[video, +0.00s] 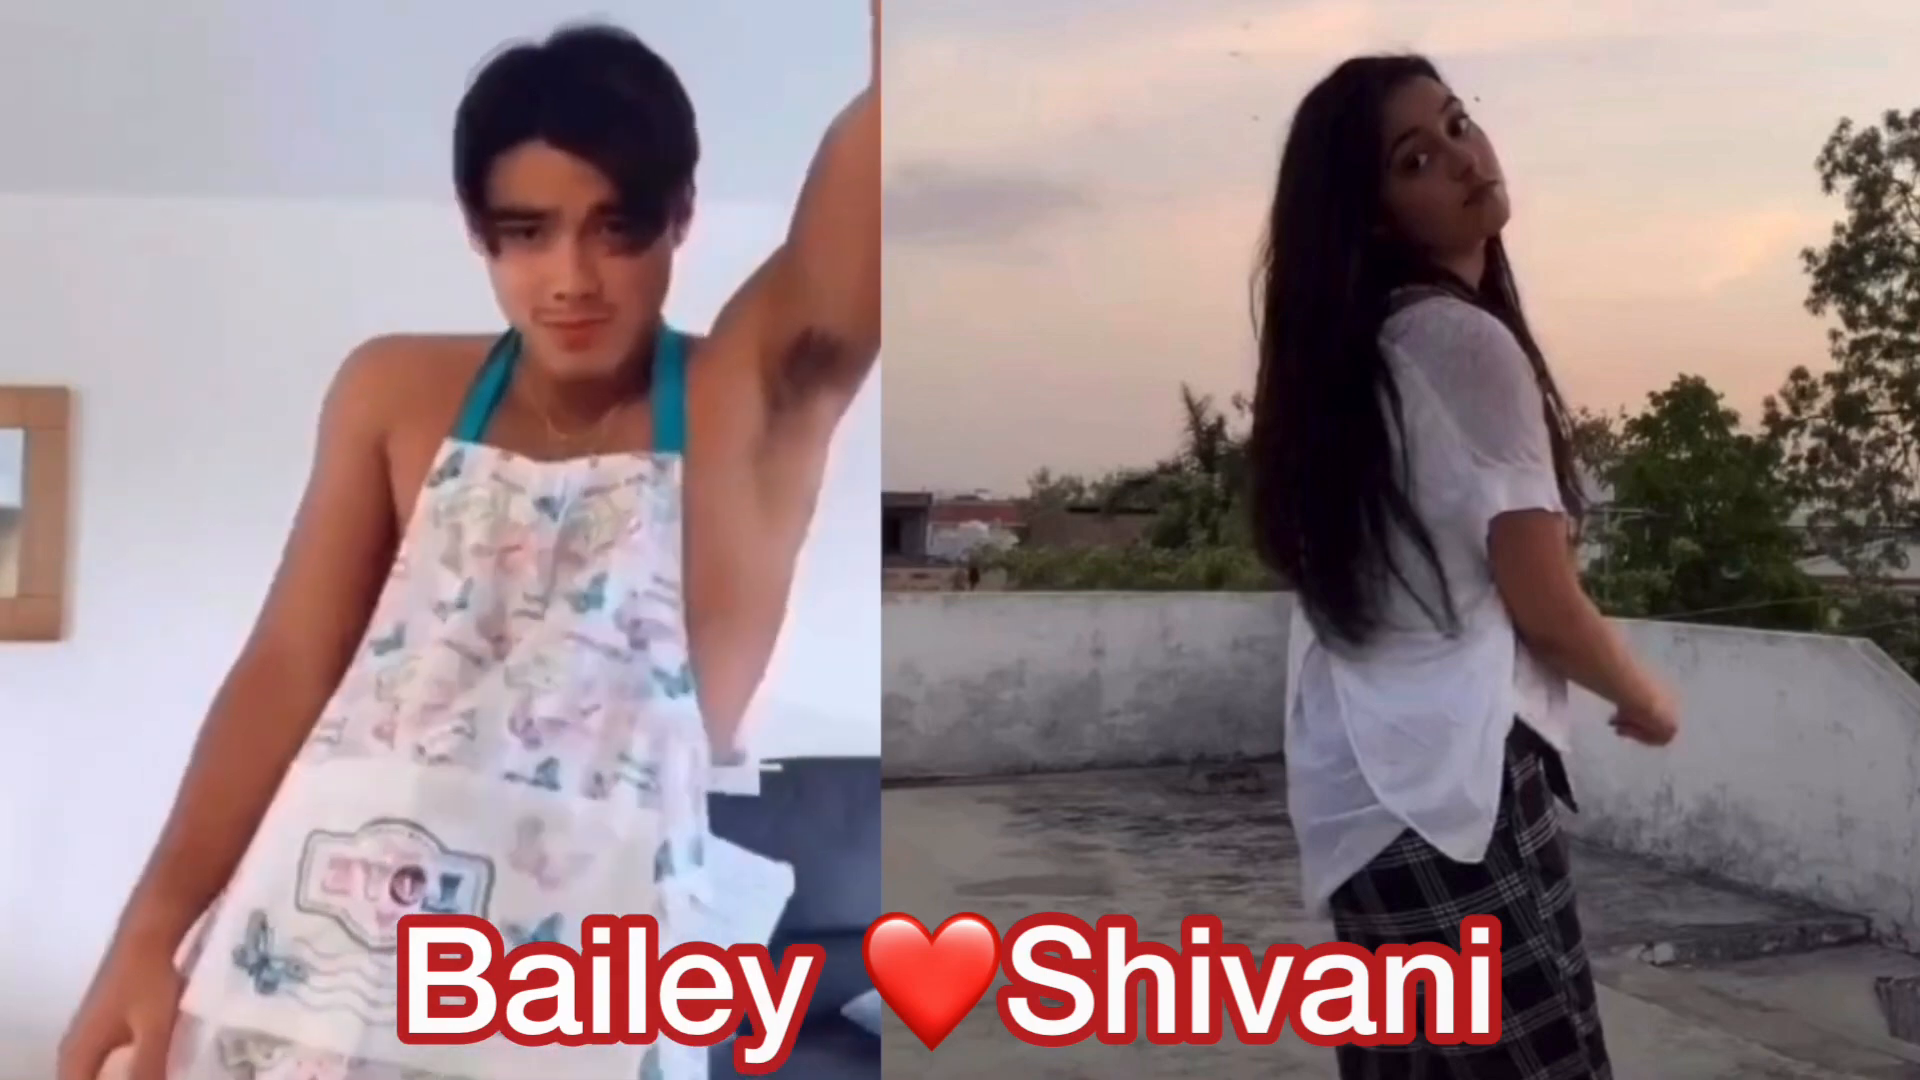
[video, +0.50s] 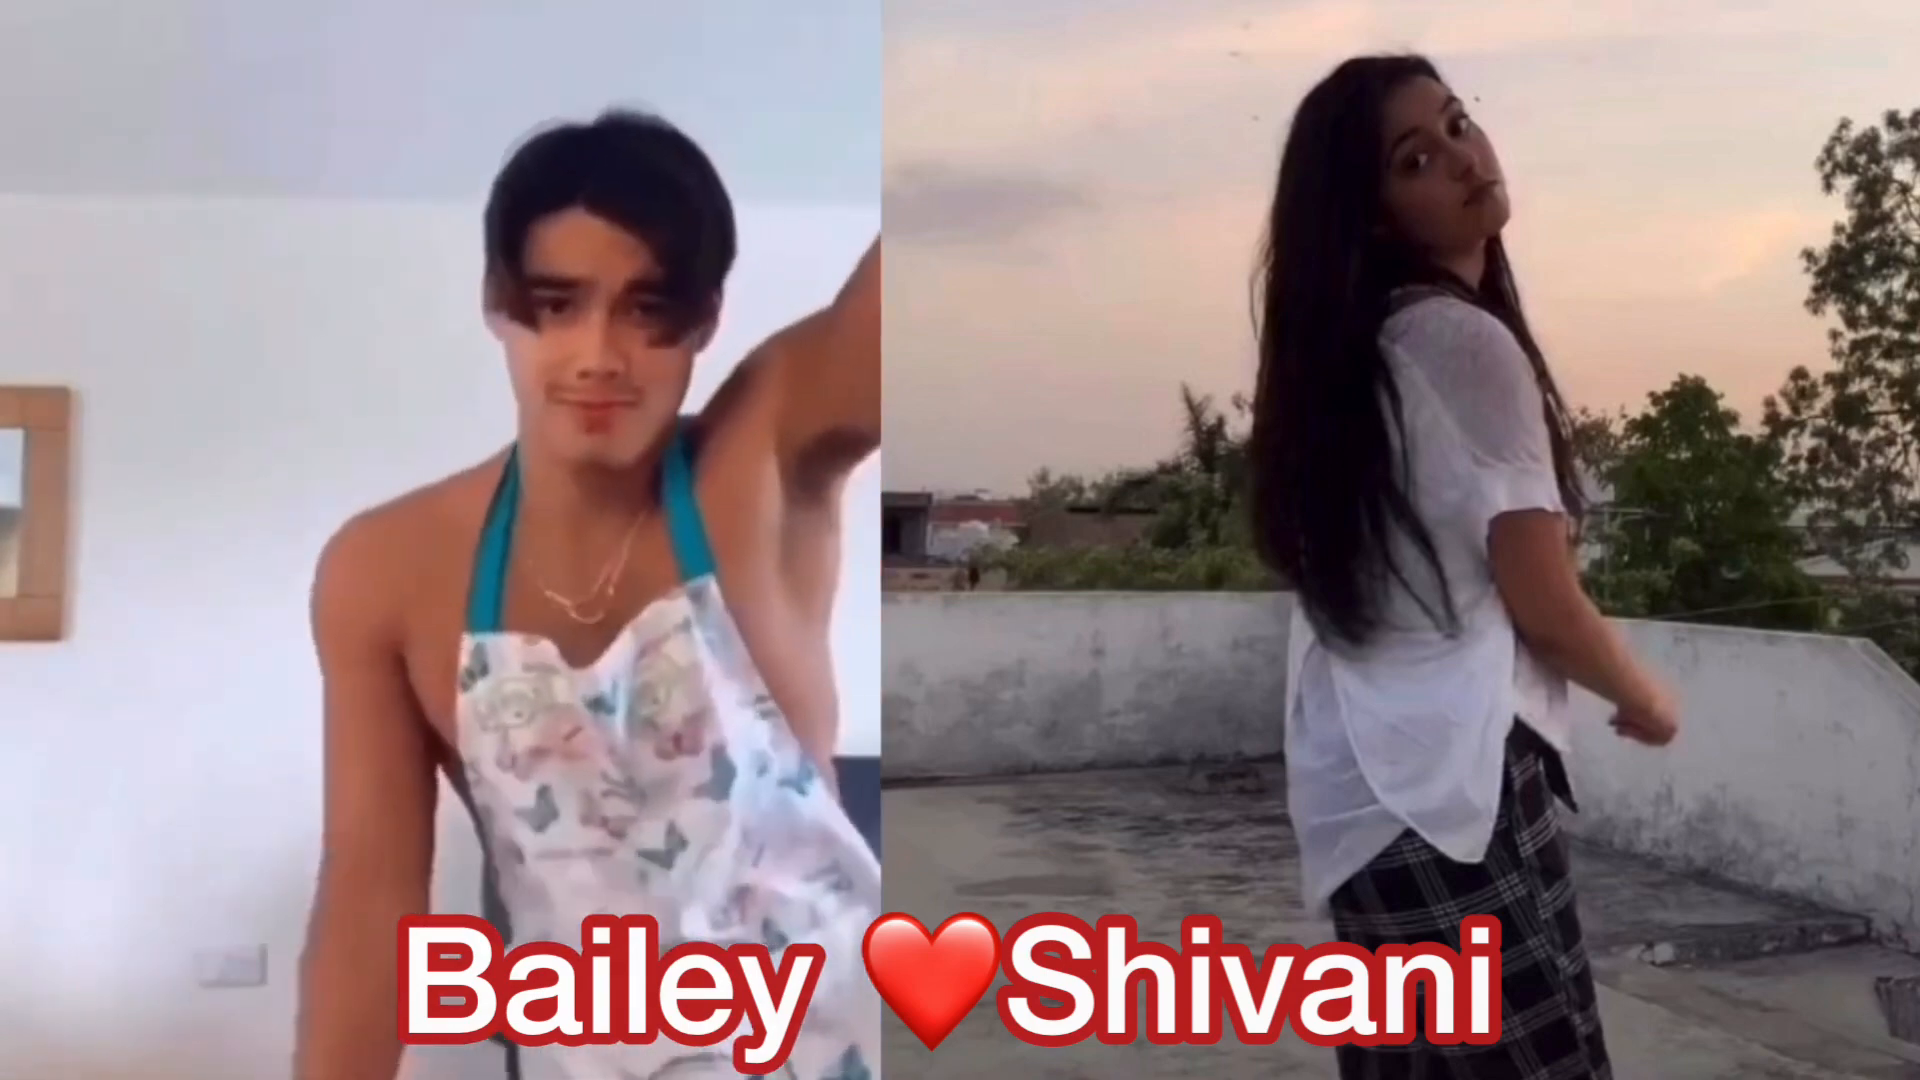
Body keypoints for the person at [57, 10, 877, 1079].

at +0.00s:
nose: (572, 278)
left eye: (617, 227)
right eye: (525, 231)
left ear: (682, 220)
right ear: (479, 235)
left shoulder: (767, 391)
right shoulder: (394, 391)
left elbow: (910, 106)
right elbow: (282, 676)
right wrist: (148, 940)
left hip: (604, 966)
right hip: (324, 938)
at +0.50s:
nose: (600, 356)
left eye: (649, 309)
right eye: (553, 305)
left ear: (705, 322)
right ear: (498, 310)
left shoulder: (783, 444)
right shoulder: (388, 574)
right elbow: (368, 918)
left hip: (824, 1036)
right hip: (576, 1051)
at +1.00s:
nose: (478, 341)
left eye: (524, 299)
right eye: (439, 293)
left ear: (577, 299)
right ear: (387, 292)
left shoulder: (620, 424)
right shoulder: (287, 446)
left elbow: (813, 241)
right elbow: (209, 762)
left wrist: (857, 3)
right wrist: (236, 1049)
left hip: (608, 1002)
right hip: (383, 1012)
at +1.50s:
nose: (424, 298)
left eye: (470, 257)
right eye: (386, 252)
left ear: (535, 265)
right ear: (343, 262)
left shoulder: (626, 506)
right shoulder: (223, 450)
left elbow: (699, 778)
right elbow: (27, 594)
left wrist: (822, 948)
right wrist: (292, 498)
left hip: (477, 991)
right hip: (242, 970)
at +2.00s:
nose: (578, 291)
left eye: (624, 246)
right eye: (533, 245)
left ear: (682, 258)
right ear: (486, 255)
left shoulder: (784, 474)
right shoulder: (384, 453)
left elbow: (845, 759)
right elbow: (110, 621)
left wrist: (861, 990)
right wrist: (295, 476)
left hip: (745, 983)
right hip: (488, 996)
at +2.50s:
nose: (510, 275)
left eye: (556, 230)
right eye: (469, 225)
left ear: (609, 240)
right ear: (412, 227)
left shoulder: (706, 477)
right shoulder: (317, 403)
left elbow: (745, 750)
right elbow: (150, 129)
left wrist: (789, 1005)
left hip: (640, 984)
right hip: (375, 977)